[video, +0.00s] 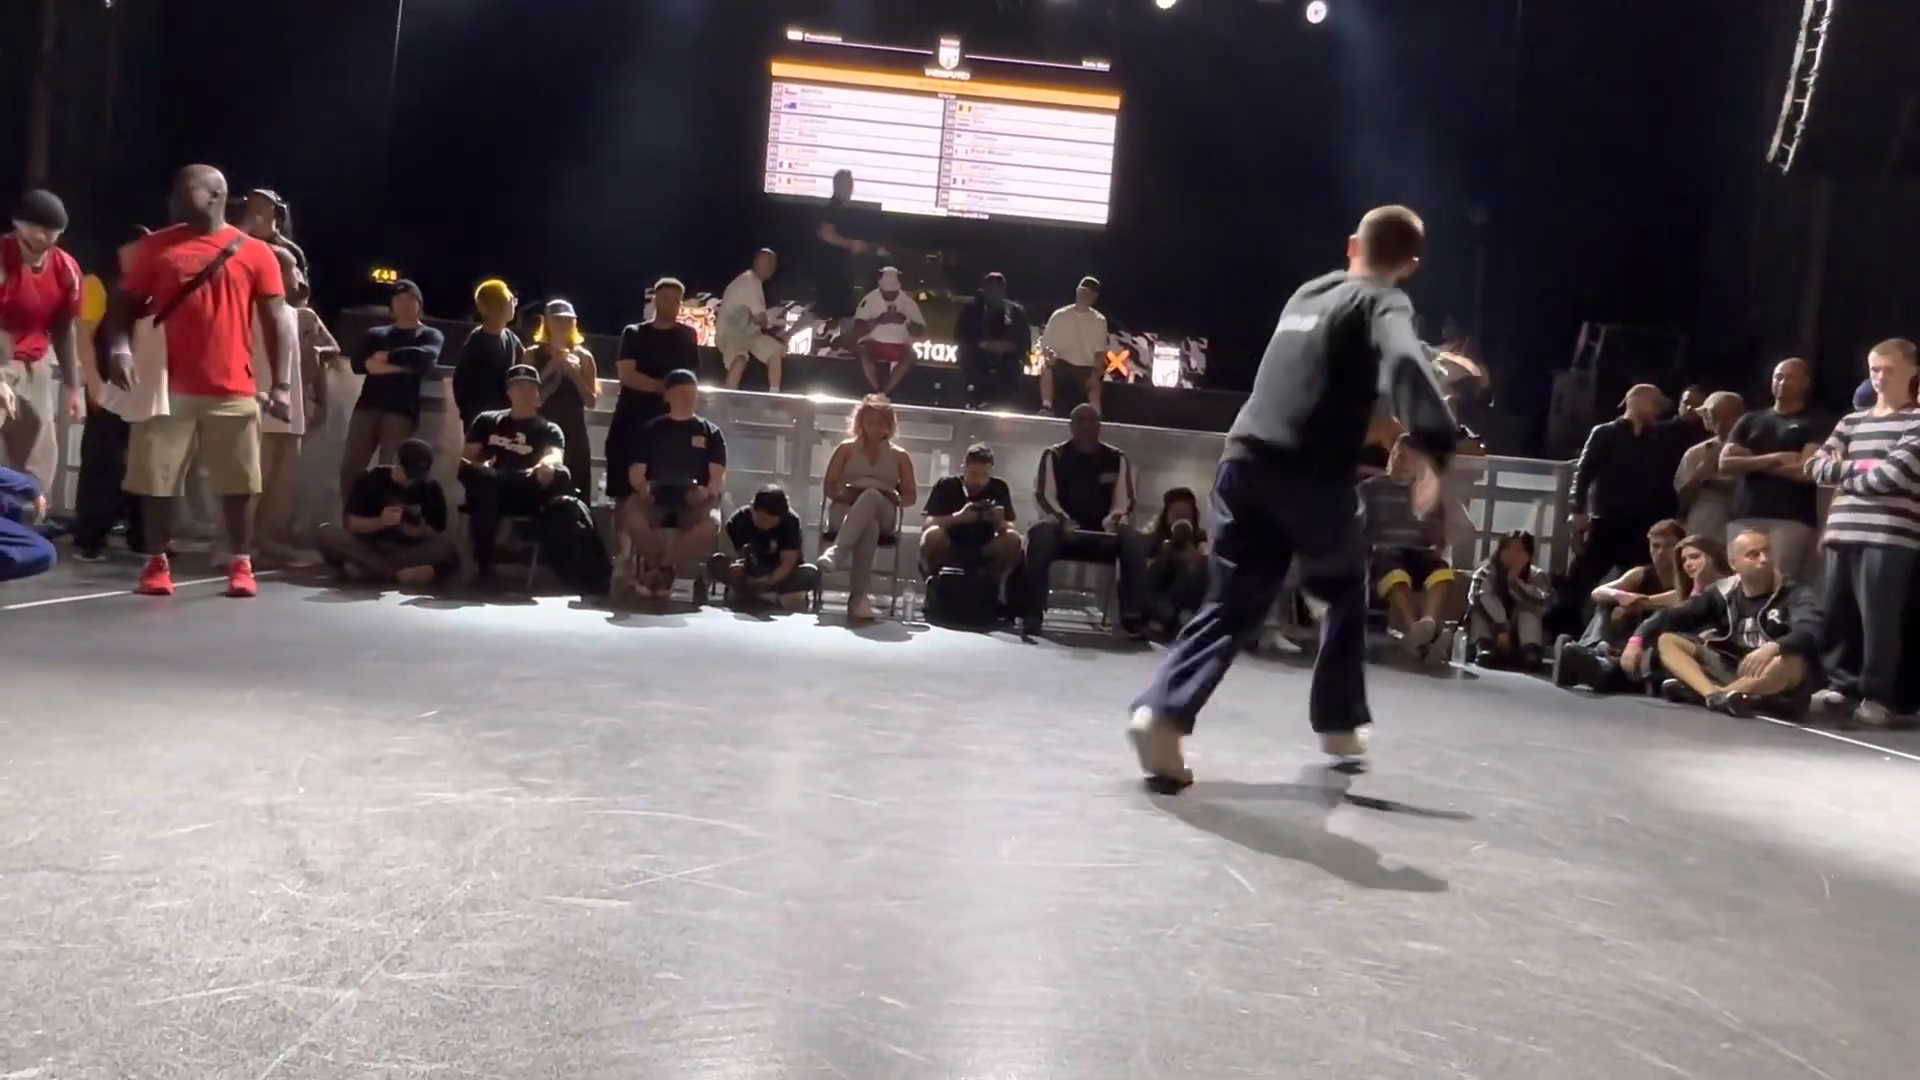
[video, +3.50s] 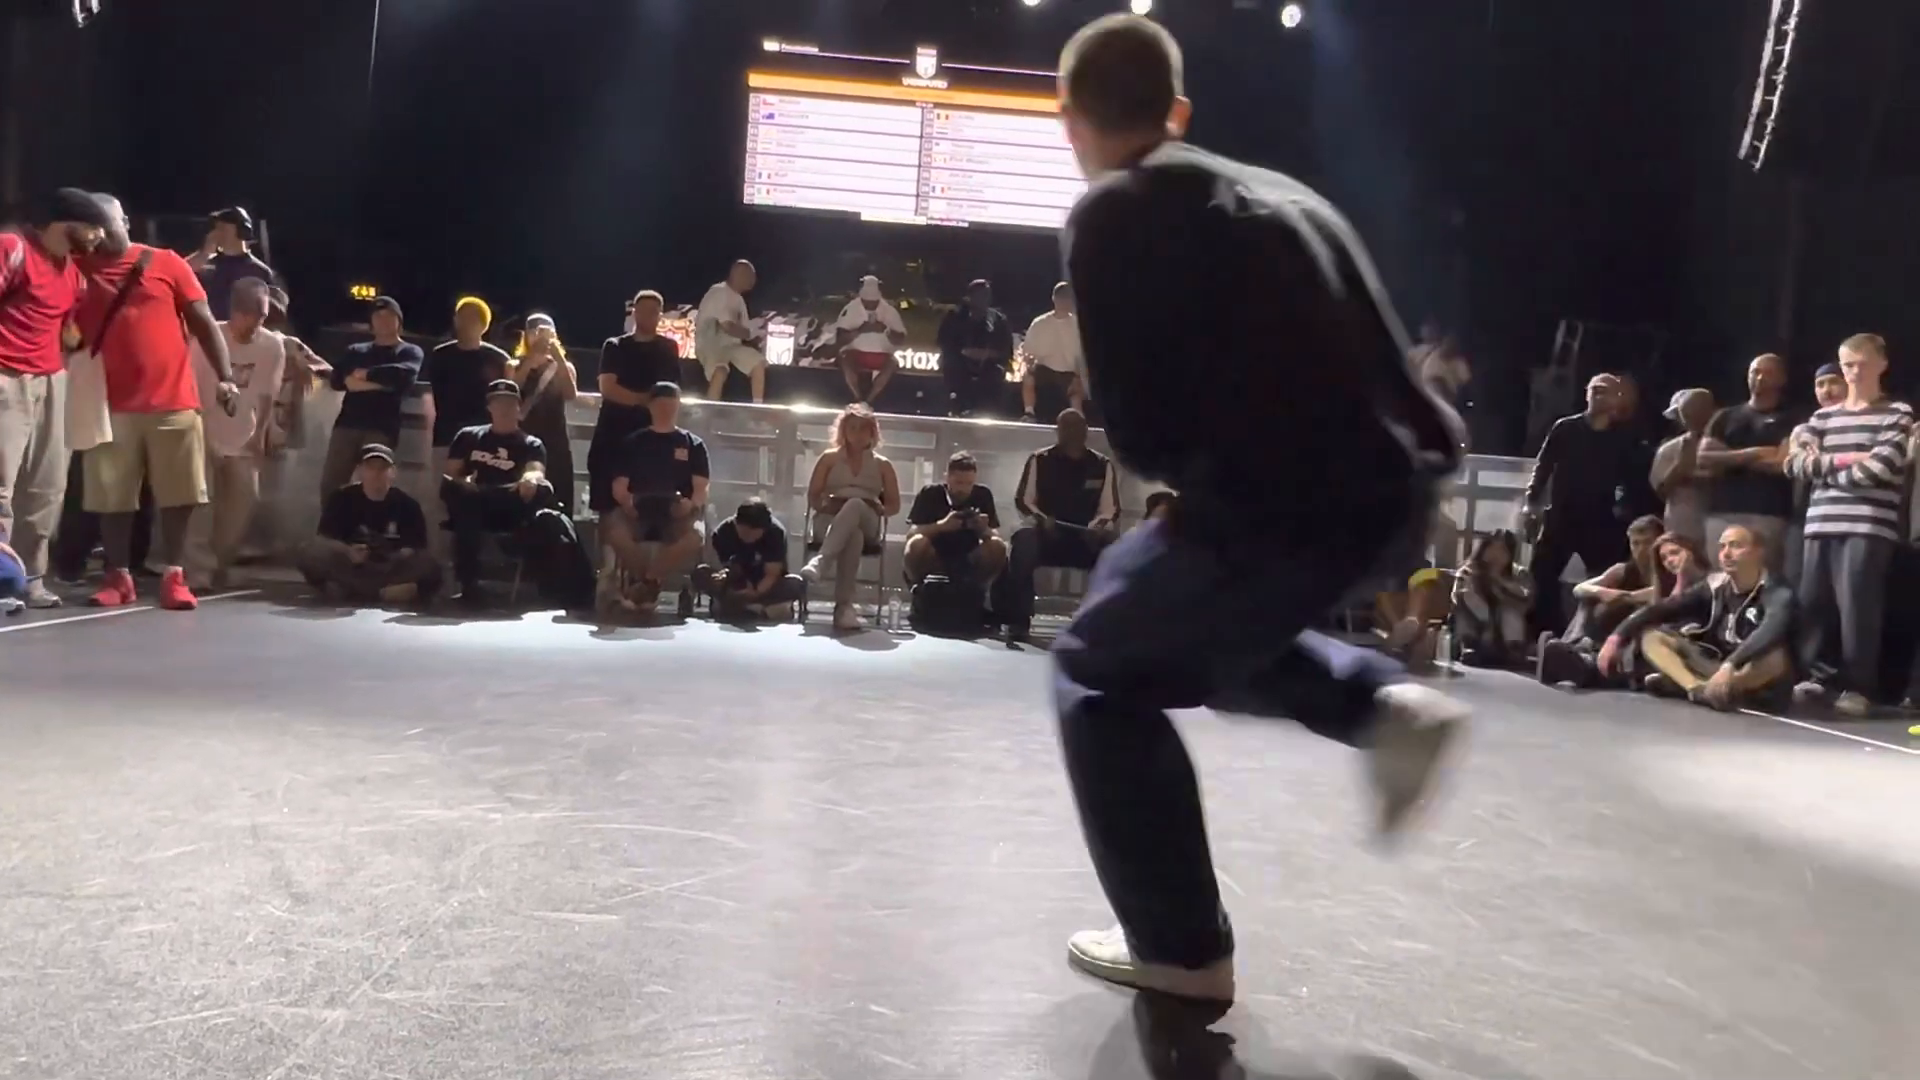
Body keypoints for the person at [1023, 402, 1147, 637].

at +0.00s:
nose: (1086, 427)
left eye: (1091, 421)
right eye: (1080, 421)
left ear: (1100, 425)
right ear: (1071, 425)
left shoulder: (1117, 459)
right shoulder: (1054, 456)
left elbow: (1124, 501)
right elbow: (1045, 496)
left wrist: (1114, 518)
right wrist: (1062, 519)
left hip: (1103, 535)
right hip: (1068, 533)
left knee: (1133, 539)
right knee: (1040, 532)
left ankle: (1133, 617)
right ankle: (1032, 616)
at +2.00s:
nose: (1087, 429)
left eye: (1093, 423)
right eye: (1081, 423)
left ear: (1102, 428)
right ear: (1071, 428)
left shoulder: (1118, 462)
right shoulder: (1053, 457)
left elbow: (1123, 503)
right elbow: (1037, 500)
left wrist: (1114, 519)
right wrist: (1053, 486)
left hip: (1099, 535)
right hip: (1062, 533)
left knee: (1132, 541)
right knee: (1040, 536)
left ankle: (1132, 619)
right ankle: (1031, 619)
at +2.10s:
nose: (1088, 429)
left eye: (1093, 423)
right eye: (1082, 423)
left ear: (1102, 428)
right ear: (1072, 428)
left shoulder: (1119, 462)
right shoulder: (1056, 454)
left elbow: (1123, 502)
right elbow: (1037, 495)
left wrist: (1115, 519)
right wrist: (1054, 463)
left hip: (1099, 535)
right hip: (1062, 533)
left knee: (1132, 541)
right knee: (1042, 534)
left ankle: (1132, 619)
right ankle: (1032, 619)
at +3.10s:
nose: (1081, 433)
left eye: (1087, 427)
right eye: (1075, 427)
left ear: (1095, 432)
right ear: (1066, 430)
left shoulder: (1112, 465)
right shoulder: (1047, 457)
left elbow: (1116, 508)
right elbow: (1029, 501)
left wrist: (1105, 524)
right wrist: (1041, 484)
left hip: (1090, 537)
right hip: (1053, 535)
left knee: (1123, 543)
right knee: (1033, 538)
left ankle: (1123, 621)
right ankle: (1023, 621)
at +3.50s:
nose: (1072, 436)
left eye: (1077, 430)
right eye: (1066, 430)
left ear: (1086, 432)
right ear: (1057, 432)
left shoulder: (1102, 465)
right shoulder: (1038, 460)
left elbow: (1109, 508)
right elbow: (1024, 500)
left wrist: (1100, 522)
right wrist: (1040, 518)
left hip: (1085, 536)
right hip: (1049, 534)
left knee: (1112, 544)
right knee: (1023, 539)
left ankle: (1104, 626)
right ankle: (1019, 622)